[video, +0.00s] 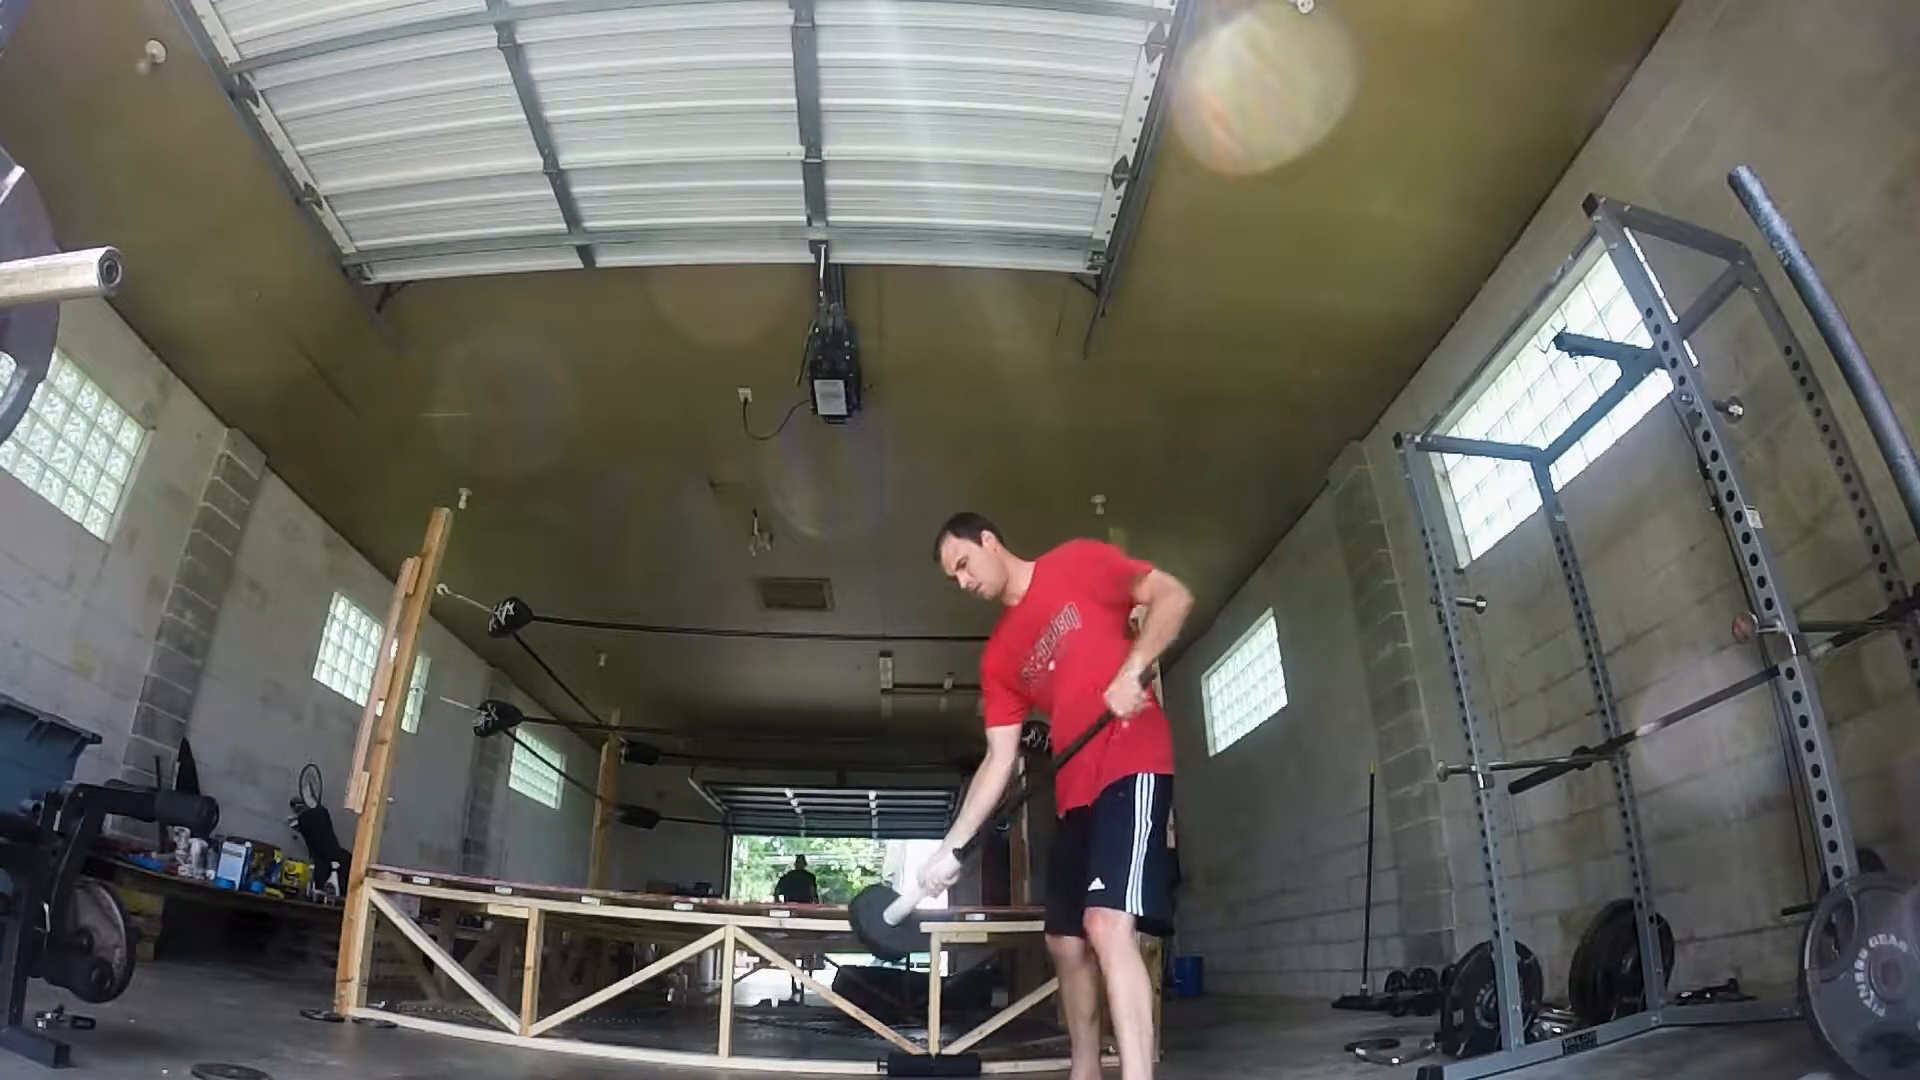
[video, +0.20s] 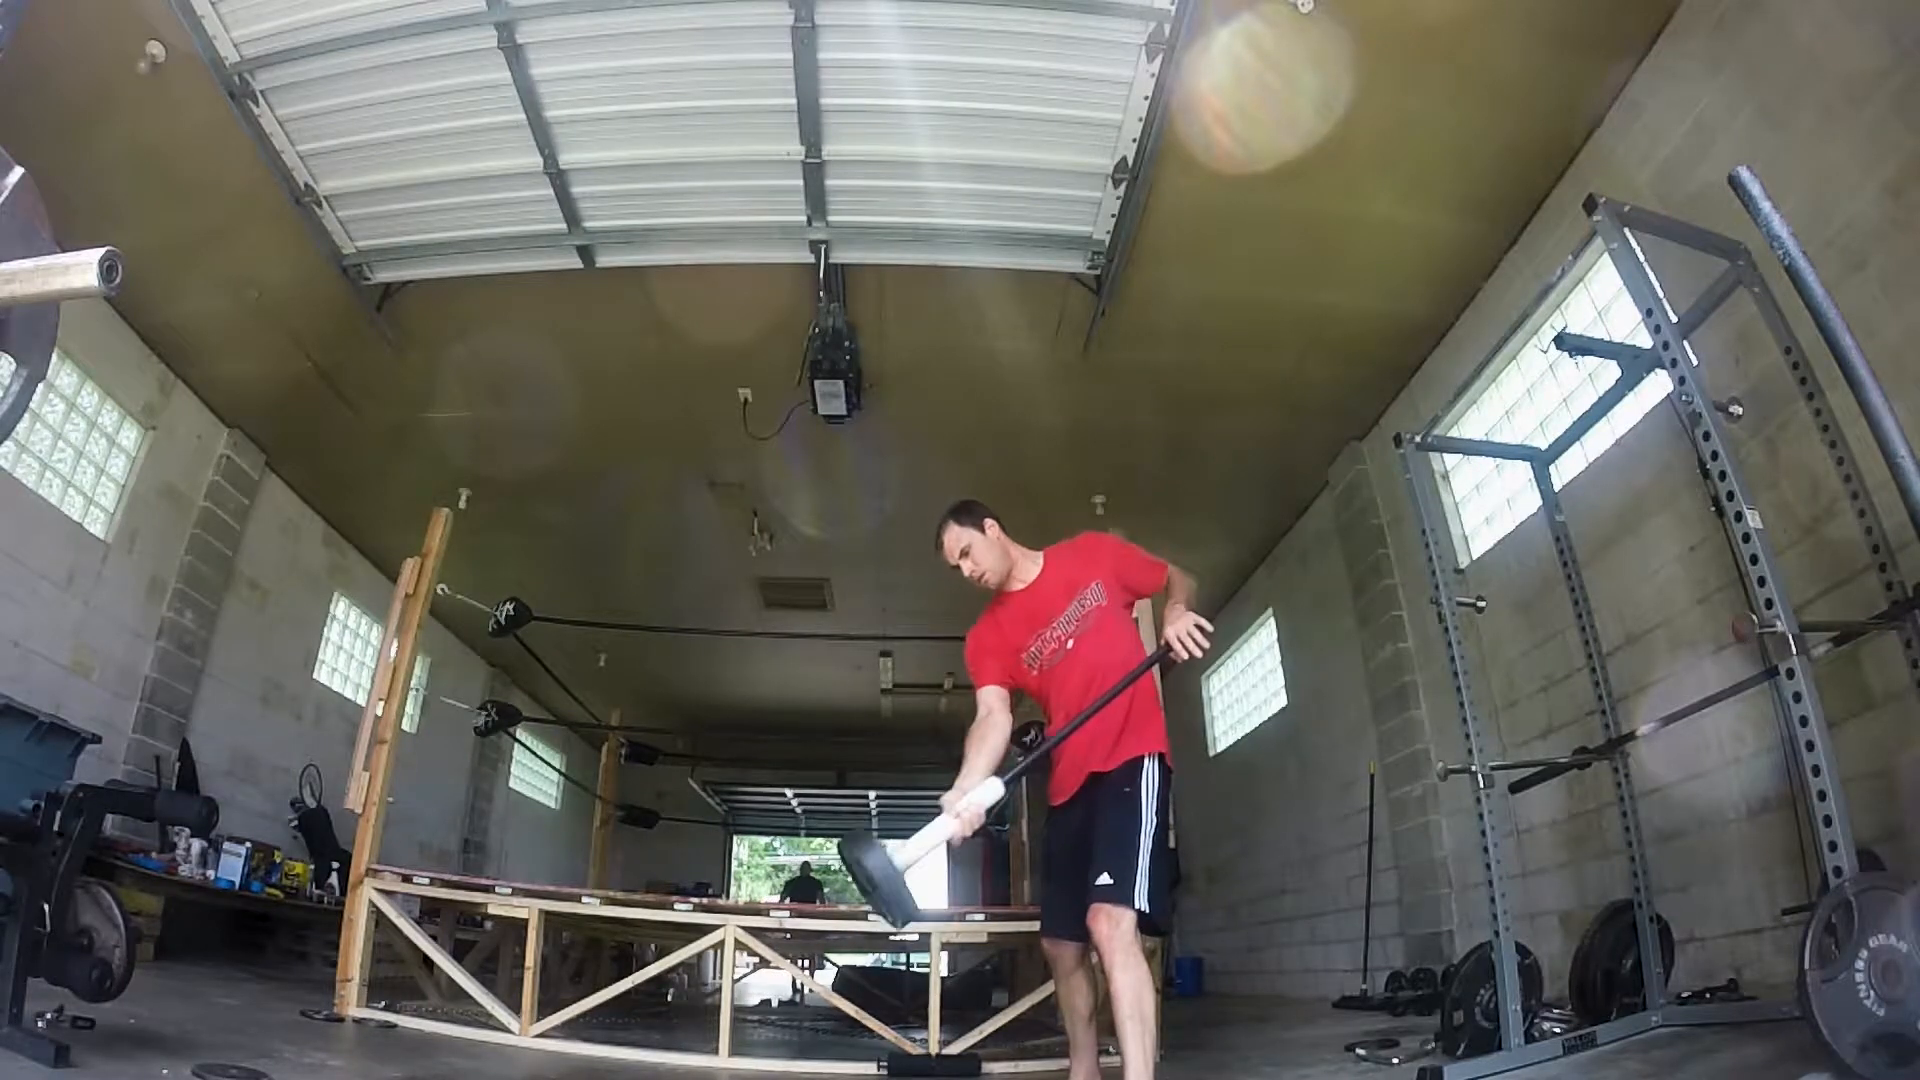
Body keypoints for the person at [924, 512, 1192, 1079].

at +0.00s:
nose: (963, 581)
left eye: (963, 563)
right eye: (954, 576)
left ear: (990, 540)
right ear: (960, 578)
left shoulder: (1075, 562)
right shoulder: (1000, 653)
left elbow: (1174, 596)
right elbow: (999, 758)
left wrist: (1132, 668)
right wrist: (951, 848)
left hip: (1133, 764)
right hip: (1078, 791)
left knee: (1108, 924)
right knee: (1065, 939)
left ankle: (1138, 1075)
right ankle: (1087, 1073)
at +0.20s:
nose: (967, 570)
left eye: (966, 552)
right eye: (956, 565)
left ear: (993, 528)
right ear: (958, 568)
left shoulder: (1093, 552)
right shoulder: (988, 634)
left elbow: (1175, 579)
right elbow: (992, 715)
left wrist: (1174, 609)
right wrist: (965, 789)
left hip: (1134, 754)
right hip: (1071, 776)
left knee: (1110, 920)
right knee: (1060, 941)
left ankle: (1140, 1076)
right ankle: (1085, 1073)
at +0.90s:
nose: (952, 596)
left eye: (949, 579)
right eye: (943, 589)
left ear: (976, 548)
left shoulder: (1081, 558)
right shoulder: (988, 649)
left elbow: (1171, 576)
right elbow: (1006, 733)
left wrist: (1182, 599)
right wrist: (995, 823)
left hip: (1125, 757)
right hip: (1068, 782)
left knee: (1096, 922)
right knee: (1049, 939)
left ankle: (1135, 1076)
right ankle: (1083, 1072)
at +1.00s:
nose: (954, 601)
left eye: (950, 584)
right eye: (946, 593)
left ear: (976, 554)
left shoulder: (1072, 560)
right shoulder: (999, 651)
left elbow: (1175, 574)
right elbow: (1010, 752)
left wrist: (1151, 628)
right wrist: (983, 848)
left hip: (1125, 759)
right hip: (1074, 787)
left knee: (1092, 923)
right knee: (1054, 938)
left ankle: (1133, 1075)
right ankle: (1083, 1071)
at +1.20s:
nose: (956, 603)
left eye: (953, 587)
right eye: (949, 595)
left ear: (978, 561)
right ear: (978, 568)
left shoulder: (1040, 573)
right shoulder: (1028, 625)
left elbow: (1081, 647)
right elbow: (1051, 731)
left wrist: (1027, 746)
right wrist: (1019, 801)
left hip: (1114, 761)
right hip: (1088, 771)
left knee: (1074, 933)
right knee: (1073, 936)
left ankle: (1126, 1074)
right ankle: (1087, 1071)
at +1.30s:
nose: (955, 601)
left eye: (952, 587)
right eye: (949, 593)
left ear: (978, 562)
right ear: (982, 564)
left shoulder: (1022, 585)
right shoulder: (1048, 590)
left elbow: (1016, 691)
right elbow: (1085, 696)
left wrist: (976, 787)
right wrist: (1048, 767)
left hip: (1096, 768)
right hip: (1109, 769)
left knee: (1059, 936)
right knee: (1079, 940)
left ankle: (1124, 1073)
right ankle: (1085, 1072)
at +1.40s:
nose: (952, 602)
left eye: (948, 587)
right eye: (945, 592)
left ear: (973, 561)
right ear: (983, 559)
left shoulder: (997, 597)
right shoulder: (1062, 593)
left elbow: (973, 714)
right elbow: (1081, 693)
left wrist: (950, 795)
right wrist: (1044, 762)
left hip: (1076, 778)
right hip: (1113, 777)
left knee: (1048, 940)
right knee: (1080, 945)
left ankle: (1122, 1074)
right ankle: (1086, 1073)